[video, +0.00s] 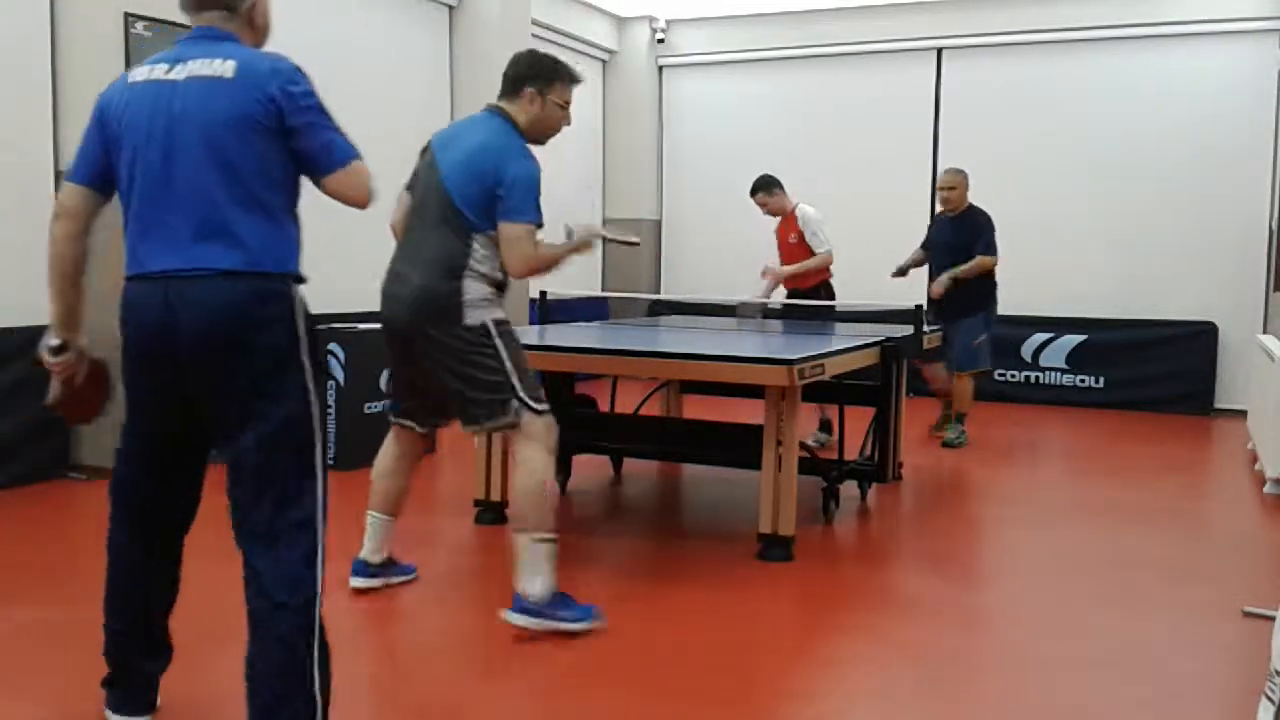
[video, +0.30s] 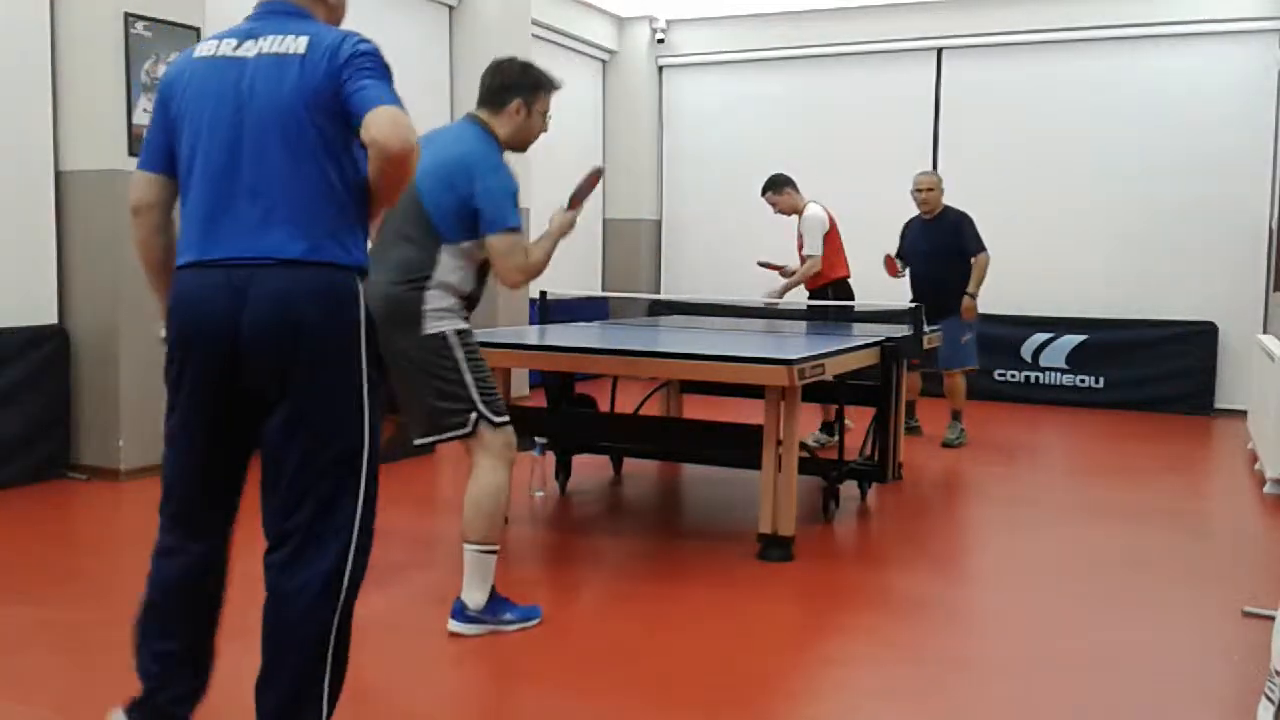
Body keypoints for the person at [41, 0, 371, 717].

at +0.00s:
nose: (272, 19)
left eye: (269, 11)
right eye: (269, 11)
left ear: (189, 13)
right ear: (252, 11)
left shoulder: (123, 90)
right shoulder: (272, 75)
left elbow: (70, 217)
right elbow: (358, 187)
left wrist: (64, 337)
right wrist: (291, 134)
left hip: (152, 316)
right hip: (254, 313)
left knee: (147, 507)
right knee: (277, 523)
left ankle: (129, 697)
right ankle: (288, 708)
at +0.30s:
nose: (346, 13)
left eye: (343, 7)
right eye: (344, 6)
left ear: (266, 1)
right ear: (325, 1)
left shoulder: (185, 65)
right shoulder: (342, 47)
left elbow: (146, 201)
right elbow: (395, 141)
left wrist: (175, 305)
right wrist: (371, 212)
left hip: (205, 299)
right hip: (315, 299)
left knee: (190, 518)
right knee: (316, 527)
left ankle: (162, 702)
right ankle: (294, 707)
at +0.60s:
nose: (362, 8)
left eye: (361, 1)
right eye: (361, 1)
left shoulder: (192, 52)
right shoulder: (356, 43)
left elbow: (156, 197)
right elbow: (376, 153)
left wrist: (202, 298)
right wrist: (363, 307)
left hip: (219, 310)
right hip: (326, 304)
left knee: (232, 546)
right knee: (332, 547)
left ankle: (239, 709)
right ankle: (304, 708)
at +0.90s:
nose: (363, 9)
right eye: (362, 7)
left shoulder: (181, 58)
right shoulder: (351, 25)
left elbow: (137, 213)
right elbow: (383, 106)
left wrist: (134, 354)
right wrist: (363, 259)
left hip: (212, 310)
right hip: (338, 303)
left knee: (223, 556)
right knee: (355, 546)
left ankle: (225, 709)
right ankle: (338, 708)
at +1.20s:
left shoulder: (209, 46)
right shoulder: (403, 23)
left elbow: (151, 202)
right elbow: (472, 112)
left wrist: (130, 348)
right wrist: (437, 274)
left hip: (259, 333)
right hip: (392, 323)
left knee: (250, 588)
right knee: (445, 589)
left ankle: (239, 711)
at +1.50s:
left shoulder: (313, 42)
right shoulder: (516, 28)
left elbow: (262, 199)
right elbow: (600, 164)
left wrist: (246, 349)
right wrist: (570, 262)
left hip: (354, 332)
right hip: (491, 330)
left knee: (331, 592)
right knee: (515, 597)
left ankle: (287, 709)